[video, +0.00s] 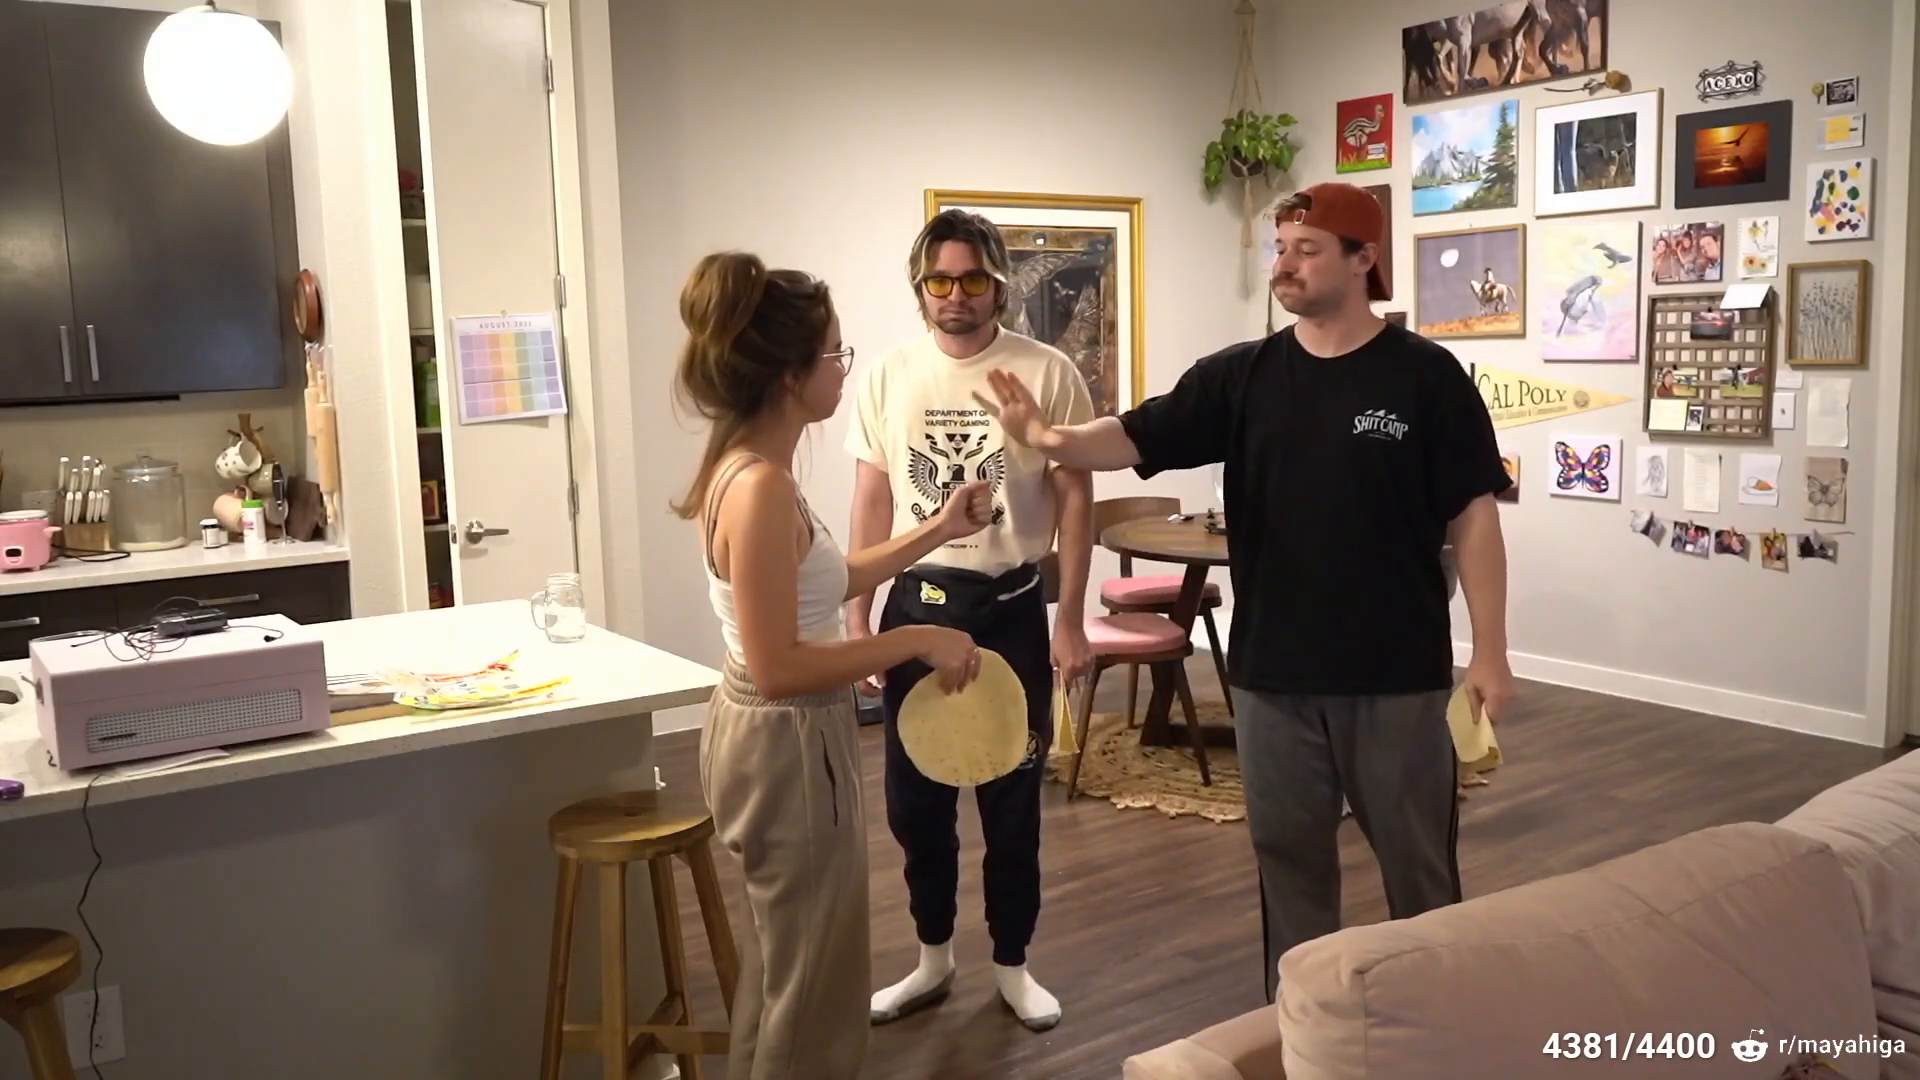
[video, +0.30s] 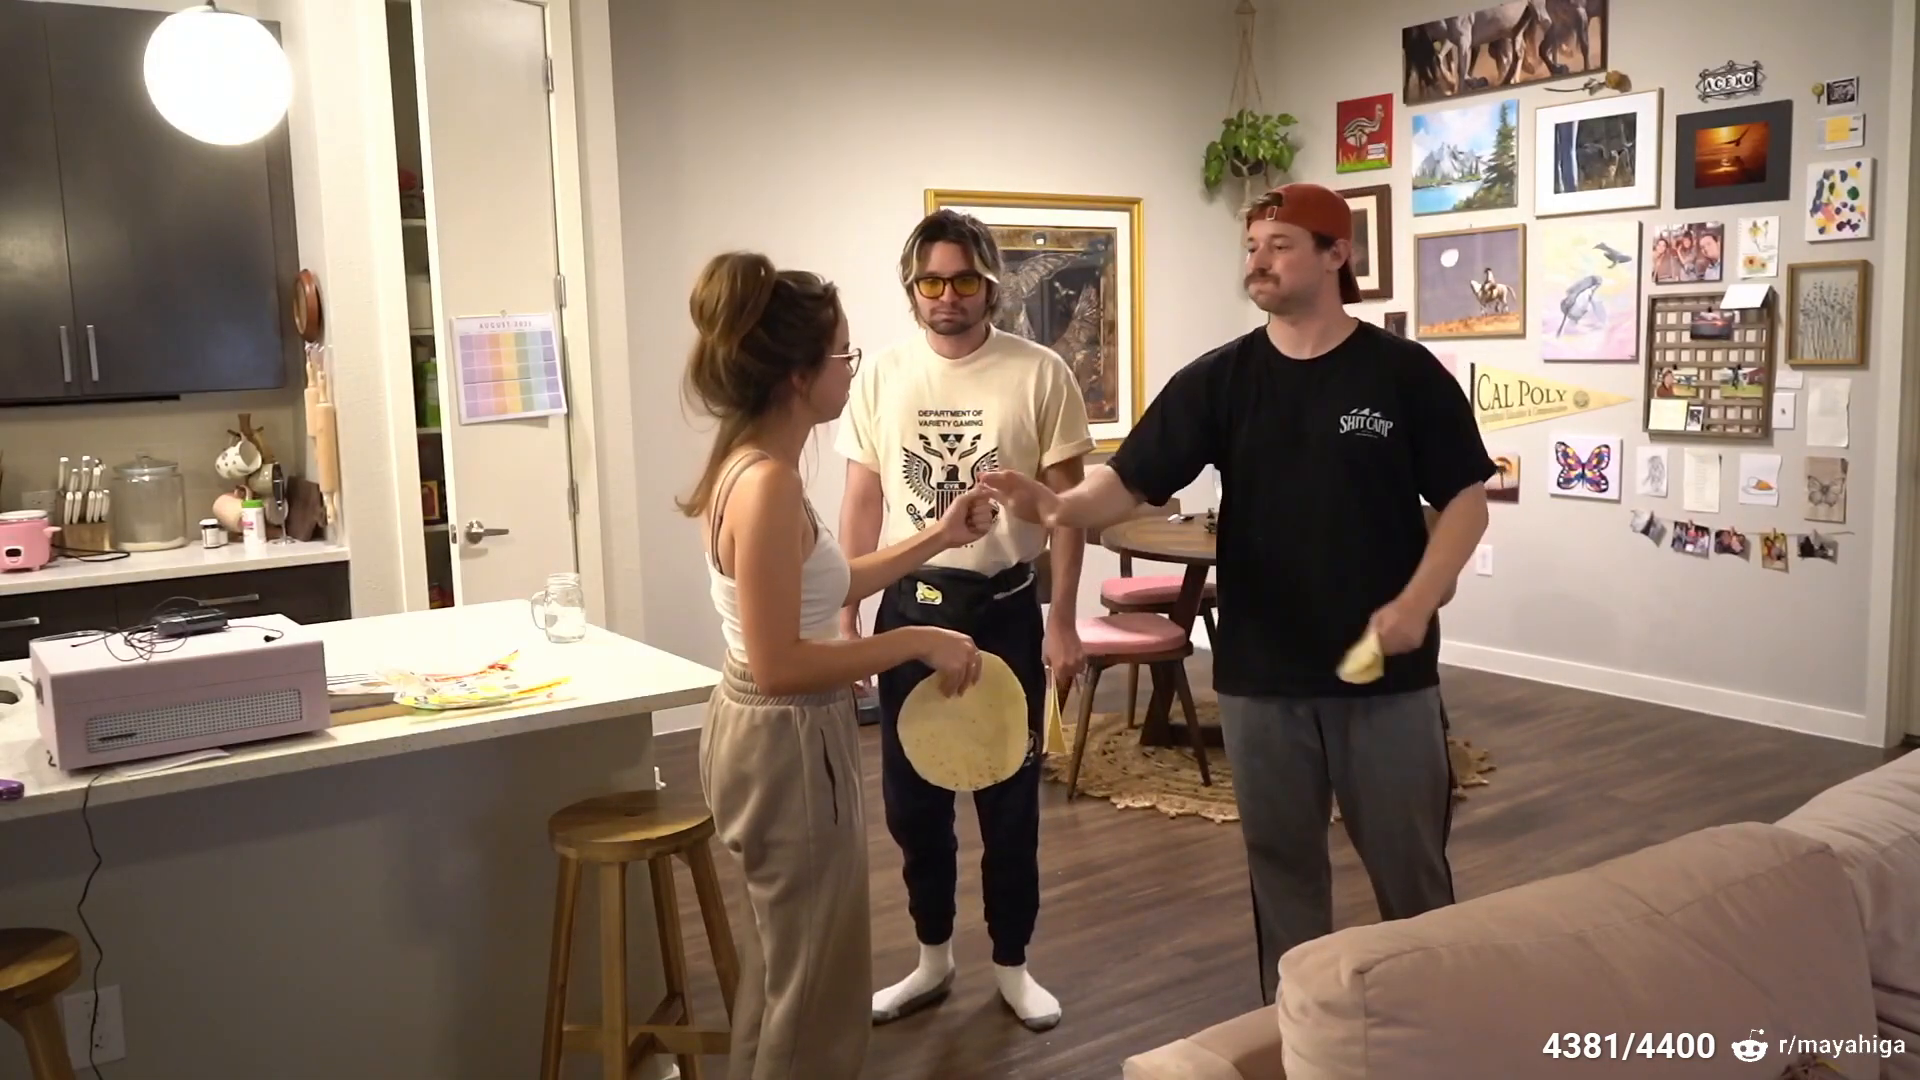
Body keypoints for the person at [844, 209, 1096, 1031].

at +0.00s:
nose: (955, 296)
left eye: (972, 281)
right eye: (940, 281)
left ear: (999, 285)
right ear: (920, 287)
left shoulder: (1047, 372)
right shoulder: (887, 376)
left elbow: (1076, 498)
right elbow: (872, 502)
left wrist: (1069, 618)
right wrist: (865, 624)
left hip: (1015, 605)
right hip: (915, 607)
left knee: (1012, 796)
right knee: (917, 799)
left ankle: (1013, 967)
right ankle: (933, 957)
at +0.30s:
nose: (948, 296)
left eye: (964, 281)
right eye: (932, 283)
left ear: (991, 285)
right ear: (911, 289)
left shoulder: (1040, 372)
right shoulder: (882, 375)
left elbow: (1067, 507)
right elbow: (862, 504)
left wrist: (1061, 620)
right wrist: (855, 620)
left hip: (1008, 609)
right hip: (910, 609)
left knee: (1009, 797)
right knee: (913, 799)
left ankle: (1013, 967)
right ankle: (933, 958)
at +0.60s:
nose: (945, 298)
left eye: (961, 282)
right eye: (928, 284)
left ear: (988, 285)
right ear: (908, 291)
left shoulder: (1037, 371)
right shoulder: (887, 375)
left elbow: (1064, 500)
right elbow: (862, 500)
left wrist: (1054, 617)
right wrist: (857, 613)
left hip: (1005, 606)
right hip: (907, 610)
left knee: (1009, 791)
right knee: (913, 795)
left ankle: (1011, 965)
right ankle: (932, 959)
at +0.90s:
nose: (945, 299)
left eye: (961, 283)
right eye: (928, 285)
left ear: (988, 287)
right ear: (909, 292)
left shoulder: (1038, 371)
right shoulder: (889, 375)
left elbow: (1065, 501)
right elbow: (866, 501)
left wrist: (1056, 616)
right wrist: (854, 614)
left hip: (1006, 602)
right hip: (908, 604)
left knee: (1010, 787)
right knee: (912, 794)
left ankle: (1011, 965)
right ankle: (932, 960)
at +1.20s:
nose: (941, 298)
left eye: (958, 282)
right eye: (925, 284)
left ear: (988, 286)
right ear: (907, 291)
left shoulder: (1038, 372)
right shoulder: (889, 373)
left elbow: (1067, 502)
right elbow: (868, 500)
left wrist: (1056, 617)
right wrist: (854, 613)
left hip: (1006, 603)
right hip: (908, 604)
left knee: (1009, 791)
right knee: (913, 792)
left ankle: (1013, 967)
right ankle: (933, 960)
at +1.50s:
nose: (939, 297)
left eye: (956, 281)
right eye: (924, 283)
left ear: (988, 284)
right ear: (907, 290)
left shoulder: (1039, 370)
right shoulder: (891, 373)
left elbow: (1067, 501)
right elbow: (870, 498)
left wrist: (1057, 620)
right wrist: (857, 612)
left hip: (1006, 601)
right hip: (911, 602)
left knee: (1010, 792)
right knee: (913, 789)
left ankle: (1012, 966)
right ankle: (932, 959)